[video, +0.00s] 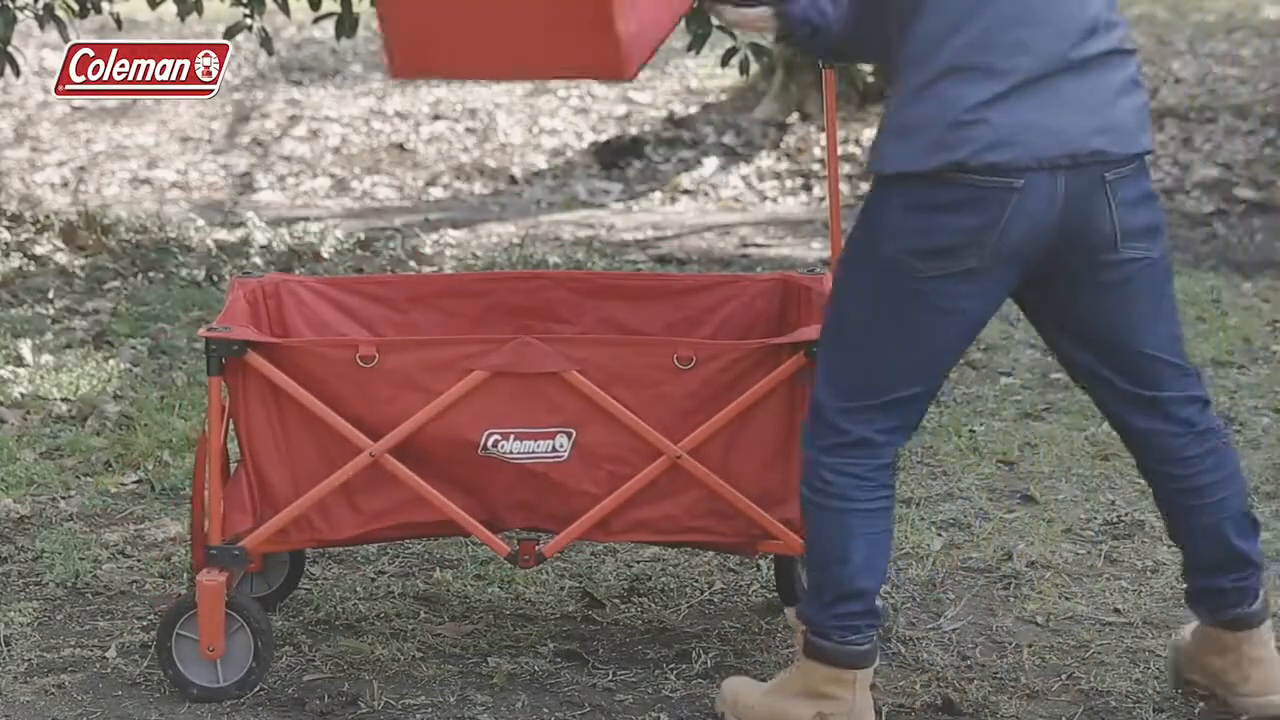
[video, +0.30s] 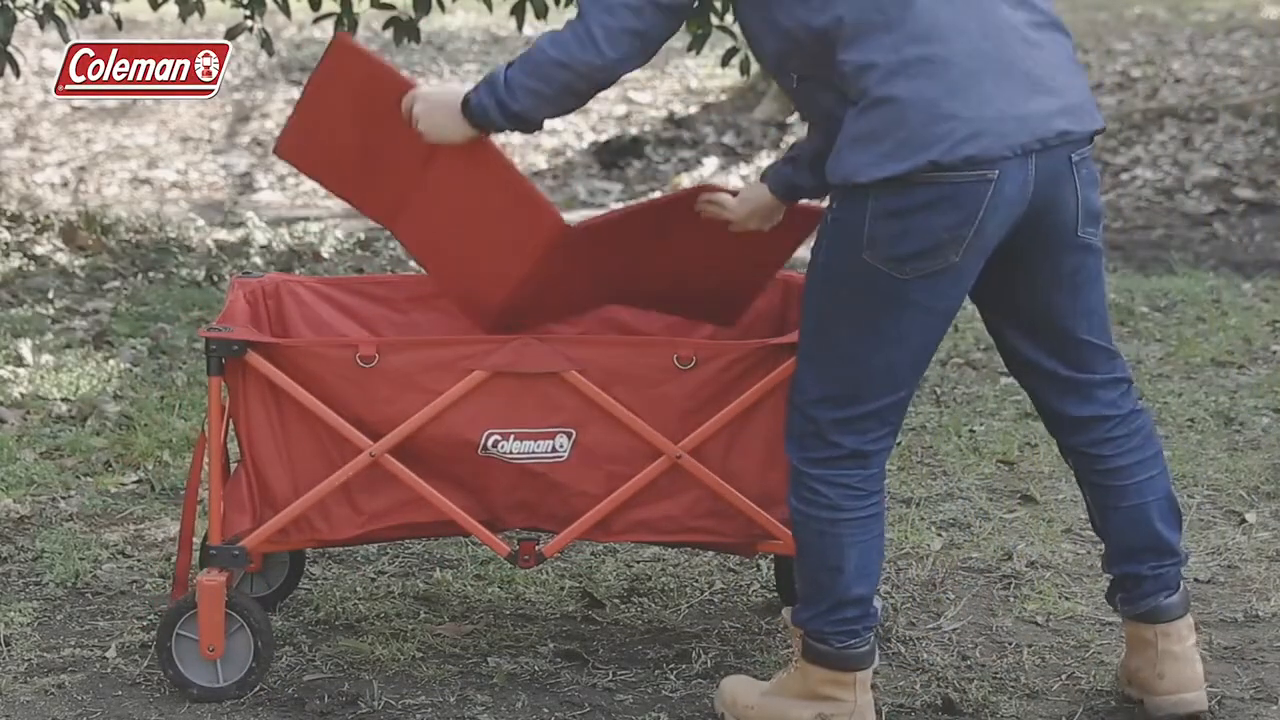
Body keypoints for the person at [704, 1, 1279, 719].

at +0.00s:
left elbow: (850, 24)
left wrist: (782, 15)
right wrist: (789, 15)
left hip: (958, 175)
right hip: (1107, 165)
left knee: (854, 429)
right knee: (1169, 406)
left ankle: (831, 673)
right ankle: (1240, 640)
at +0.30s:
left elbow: (596, 49)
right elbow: (899, 81)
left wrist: (466, 107)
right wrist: (777, 187)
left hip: (925, 159)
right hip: (1057, 141)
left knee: (839, 438)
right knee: (1097, 395)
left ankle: (831, 677)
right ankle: (1166, 645)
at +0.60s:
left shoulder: (635, 5)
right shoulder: (804, 10)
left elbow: (541, 144)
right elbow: (832, 137)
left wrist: (425, 284)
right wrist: (749, 301)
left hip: (873, 164)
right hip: (1021, 138)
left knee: (799, 434)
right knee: (1096, 398)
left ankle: (829, 673)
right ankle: (1168, 655)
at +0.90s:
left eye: (577, 30)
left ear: (605, 6)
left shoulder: (611, 20)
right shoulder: (807, 5)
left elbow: (528, 196)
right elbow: (831, 168)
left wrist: (463, 328)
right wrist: (718, 310)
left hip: (847, 182)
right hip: (990, 148)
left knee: (768, 436)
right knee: (1083, 398)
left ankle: (826, 670)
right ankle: (1174, 651)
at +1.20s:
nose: (564, 61)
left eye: (566, 47)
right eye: (565, 46)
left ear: (588, 40)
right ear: (686, 12)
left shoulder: (600, 100)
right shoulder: (773, 40)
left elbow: (518, 296)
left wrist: (465, 408)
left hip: (834, 227)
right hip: (985, 187)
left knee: (737, 443)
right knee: (1098, 424)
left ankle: (822, 662)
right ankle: (1210, 660)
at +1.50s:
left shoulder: (618, 7)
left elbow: (585, 167)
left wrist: (578, 293)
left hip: (846, 175)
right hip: (995, 140)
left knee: (777, 426)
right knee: (1086, 393)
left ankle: (828, 670)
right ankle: (1192, 660)